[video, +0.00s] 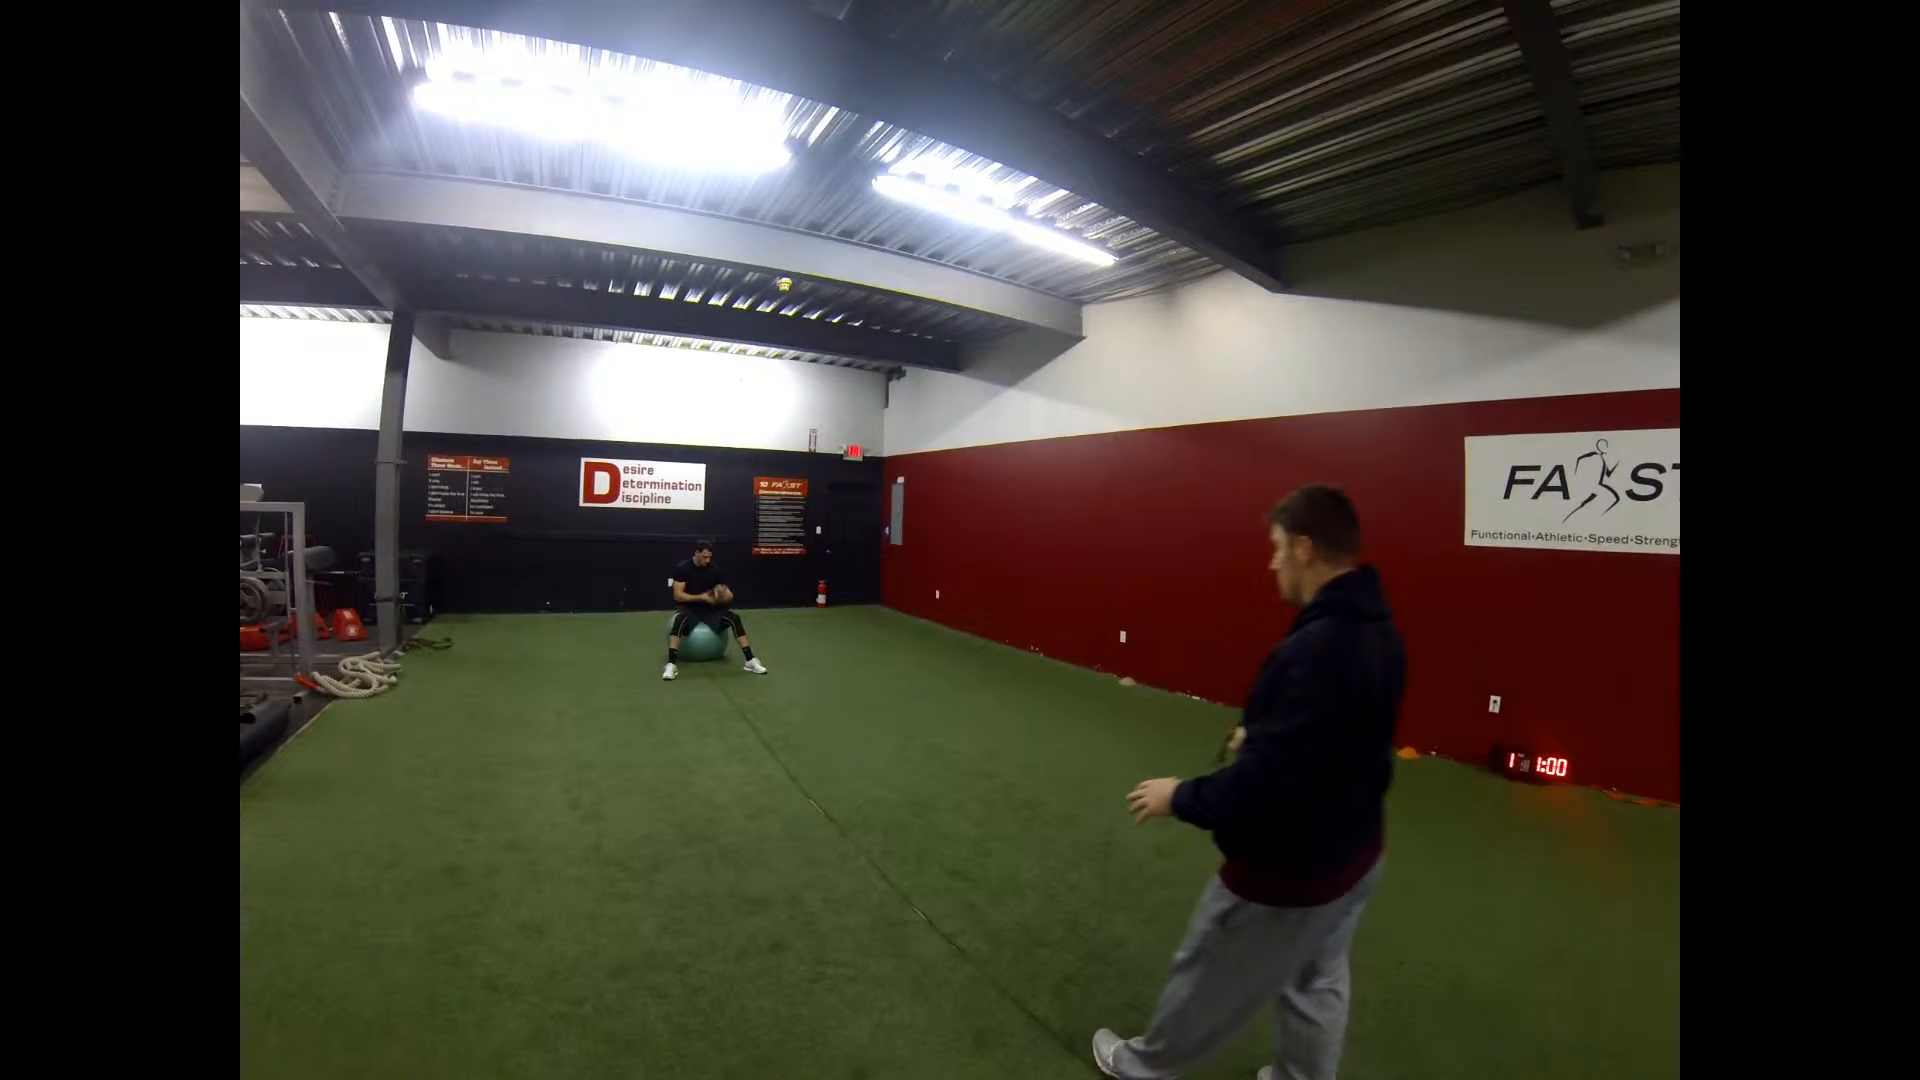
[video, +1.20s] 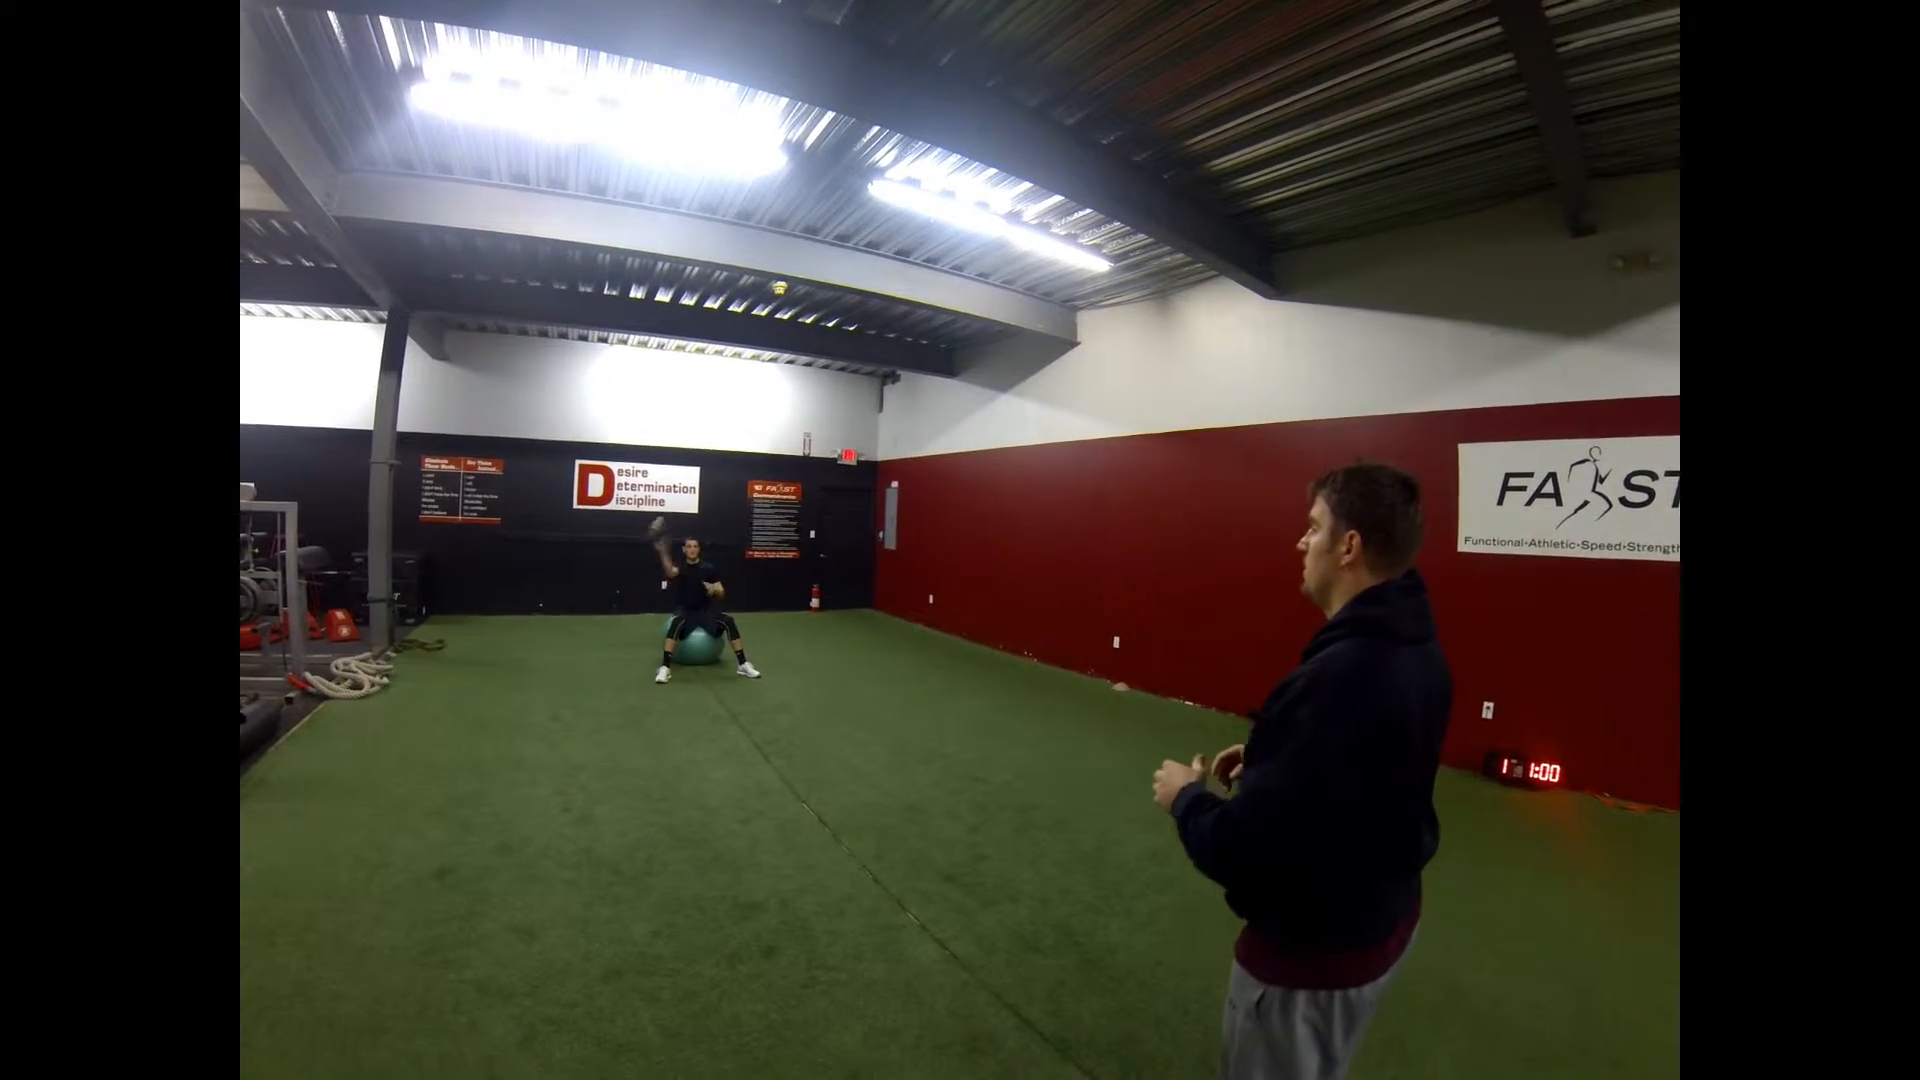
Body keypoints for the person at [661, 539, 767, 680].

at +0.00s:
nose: (707, 561)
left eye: (709, 557)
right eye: (705, 557)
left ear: (712, 556)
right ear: (696, 553)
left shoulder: (714, 569)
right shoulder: (683, 568)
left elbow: (727, 593)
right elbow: (678, 595)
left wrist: (724, 596)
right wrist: (703, 597)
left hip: (711, 607)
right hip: (690, 608)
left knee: (734, 618)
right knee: (679, 620)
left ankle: (750, 660)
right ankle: (671, 664)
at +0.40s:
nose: (700, 563)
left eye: (703, 560)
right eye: (698, 559)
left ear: (705, 560)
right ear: (690, 557)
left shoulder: (708, 573)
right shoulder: (677, 573)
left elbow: (716, 598)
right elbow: (669, 598)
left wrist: (712, 597)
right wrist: (689, 598)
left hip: (704, 612)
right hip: (684, 613)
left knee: (728, 622)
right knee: (674, 623)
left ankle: (745, 664)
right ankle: (666, 668)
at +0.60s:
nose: (691, 562)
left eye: (694, 559)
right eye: (688, 559)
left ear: (700, 558)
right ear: (685, 557)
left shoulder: (708, 573)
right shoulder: (677, 572)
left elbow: (710, 599)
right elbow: (661, 591)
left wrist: (693, 593)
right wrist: (670, 595)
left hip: (702, 612)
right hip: (682, 611)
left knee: (726, 623)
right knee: (674, 625)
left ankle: (743, 665)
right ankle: (664, 669)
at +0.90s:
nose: (690, 557)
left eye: (693, 554)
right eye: (687, 554)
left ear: (697, 556)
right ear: (681, 555)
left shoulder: (706, 573)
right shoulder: (676, 575)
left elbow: (720, 597)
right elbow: (669, 598)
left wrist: (708, 603)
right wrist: (659, 586)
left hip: (704, 615)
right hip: (684, 615)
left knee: (727, 623)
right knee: (677, 626)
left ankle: (742, 667)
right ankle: (664, 670)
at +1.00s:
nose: (690, 555)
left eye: (693, 552)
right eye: (687, 552)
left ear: (697, 554)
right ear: (682, 554)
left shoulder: (707, 572)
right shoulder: (677, 574)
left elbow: (724, 593)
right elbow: (659, 593)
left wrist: (718, 599)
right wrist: (657, 569)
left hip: (705, 615)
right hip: (684, 616)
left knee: (728, 623)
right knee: (677, 625)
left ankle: (742, 666)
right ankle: (664, 670)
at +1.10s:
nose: (691, 552)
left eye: (694, 549)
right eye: (688, 549)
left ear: (699, 552)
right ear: (683, 552)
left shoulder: (708, 570)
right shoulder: (678, 571)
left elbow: (723, 591)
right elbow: (661, 583)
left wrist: (718, 594)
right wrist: (655, 560)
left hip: (706, 613)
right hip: (685, 613)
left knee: (728, 622)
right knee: (676, 623)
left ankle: (742, 664)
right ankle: (664, 668)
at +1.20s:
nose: (691, 549)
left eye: (694, 547)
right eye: (688, 546)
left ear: (699, 549)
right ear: (684, 549)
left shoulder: (708, 568)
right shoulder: (680, 567)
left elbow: (721, 592)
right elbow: (670, 572)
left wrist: (714, 588)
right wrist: (663, 551)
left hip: (706, 612)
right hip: (685, 612)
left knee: (728, 621)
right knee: (677, 622)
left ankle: (743, 664)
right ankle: (665, 667)